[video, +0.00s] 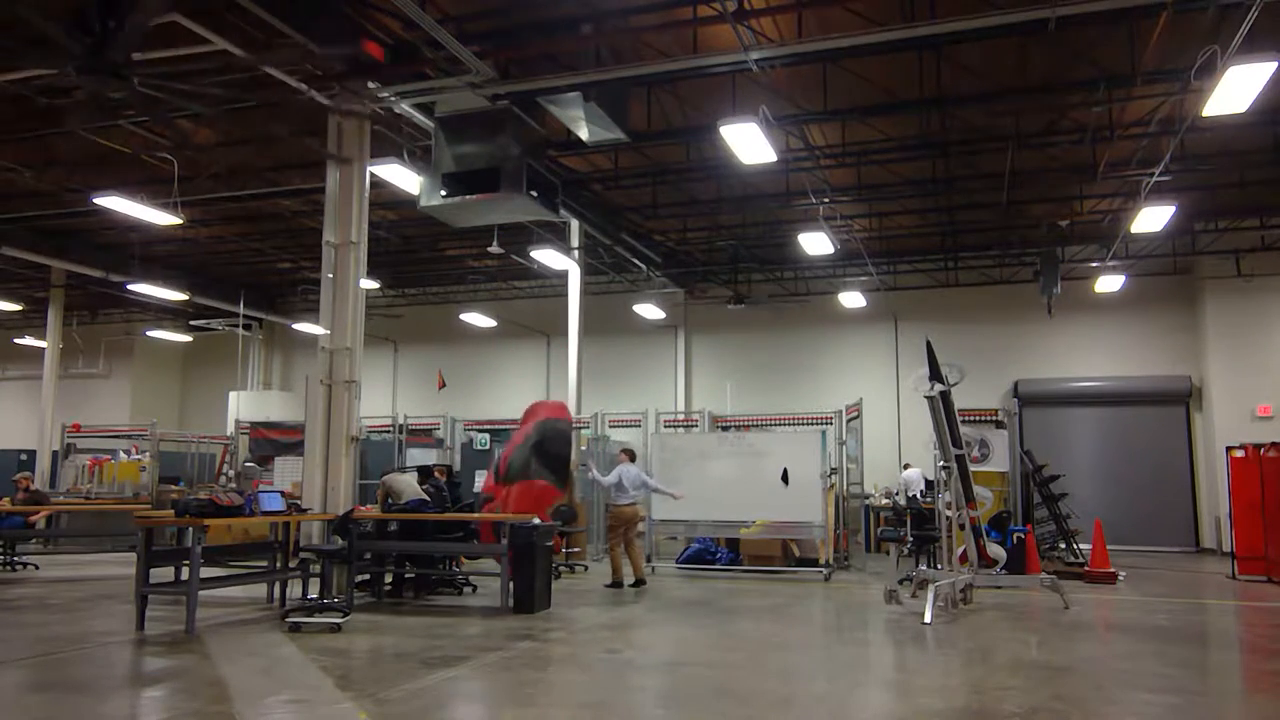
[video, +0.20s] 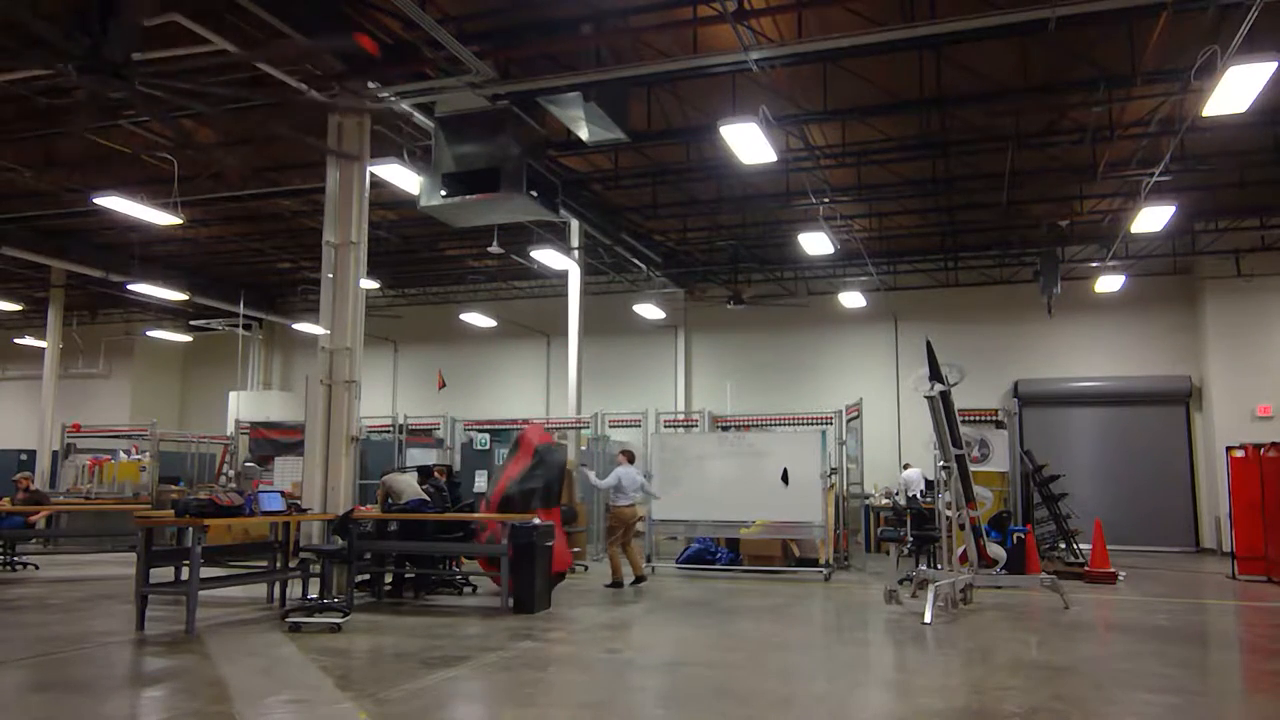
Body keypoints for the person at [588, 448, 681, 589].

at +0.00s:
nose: (618, 457)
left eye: (620, 455)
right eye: (619, 455)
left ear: (627, 457)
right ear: (630, 458)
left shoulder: (620, 469)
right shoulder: (637, 471)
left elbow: (606, 482)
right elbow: (652, 486)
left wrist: (593, 471)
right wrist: (672, 494)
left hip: (618, 509)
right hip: (633, 508)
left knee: (614, 545)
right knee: (631, 543)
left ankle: (617, 579)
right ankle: (640, 577)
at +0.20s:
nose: (617, 458)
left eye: (619, 456)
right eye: (618, 455)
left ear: (625, 458)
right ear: (629, 459)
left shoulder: (619, 471)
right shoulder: (636, 473)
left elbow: (602, 485)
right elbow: (646, 488)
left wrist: (590, 474)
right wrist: (656, 495)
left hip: (618, 510)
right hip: (632, 509)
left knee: (612, 545)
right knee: (627, 544)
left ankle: (617, 579)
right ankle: (639, 574)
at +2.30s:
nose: (656, 461)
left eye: (656, 459)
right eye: (656, 459)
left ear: (643, 459)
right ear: (654, 459)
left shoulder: (636, 475)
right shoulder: (655, 470)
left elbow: (631, 498)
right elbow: (670, 483)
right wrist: (685, 473)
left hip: (646, 508)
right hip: (661, 507)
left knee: (649, 545)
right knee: (668, 545)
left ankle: (646, 579)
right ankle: (668, 579)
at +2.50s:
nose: (667, 460)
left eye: (667, 457)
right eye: (666, 457)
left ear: (654, 459)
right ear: (661, 458)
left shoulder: (649, 473)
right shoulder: (660, 468)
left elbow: (647, 494)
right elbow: (668, 484)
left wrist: (648, 508)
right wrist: (677, 472)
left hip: (654, 507)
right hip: (667, 507)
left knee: (653, 547)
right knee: (672, 547)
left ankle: (646, 579)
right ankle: (669, 579)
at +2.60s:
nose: (671, 460)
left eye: (671, 458)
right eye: (670, 458)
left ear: (659, 459)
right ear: (665, 458)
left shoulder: (658, 470)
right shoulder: (663, 470)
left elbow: (660, 488)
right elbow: (664, 486)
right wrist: (671, 474)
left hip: (660, 507)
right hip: (669, 507)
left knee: (659, 547)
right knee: (672, 546)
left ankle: (649, 578)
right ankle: (669, 579)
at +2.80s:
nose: (678, 459)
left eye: (678, 457)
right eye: (675, 457)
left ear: (678, 459)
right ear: (668, 458)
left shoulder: (677, 475)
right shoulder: (666, 472)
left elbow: (682, 496)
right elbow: (659, 490)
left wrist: (697, 496)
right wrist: (660, 475)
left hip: (678, 508)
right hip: (669, 508)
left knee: (680, 546)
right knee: (674, 546)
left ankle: (670, 578)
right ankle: (668, 579)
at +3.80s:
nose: (693, 468)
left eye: (695, 465)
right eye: (693, 466)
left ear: (703, 463)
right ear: (696, 464)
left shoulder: (717, 478)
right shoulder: (695, 476)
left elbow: (725, 498)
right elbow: (688, 493)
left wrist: (714, 508)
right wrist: (671, 490)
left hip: (713, 515)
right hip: (698, 515)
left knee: (713, 549)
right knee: (701, 549)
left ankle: (712, 578)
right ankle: (705, 581)